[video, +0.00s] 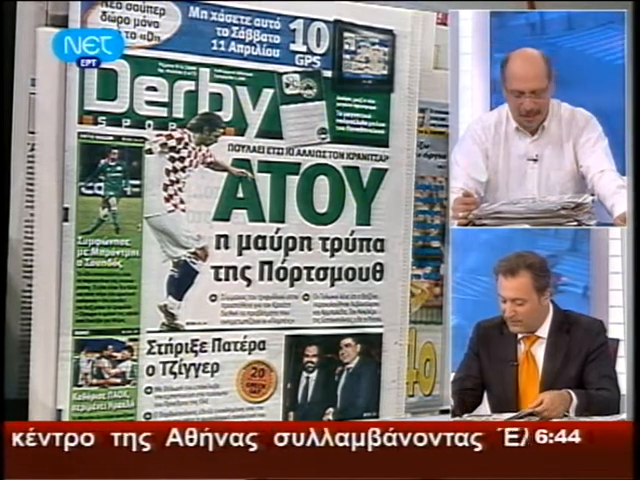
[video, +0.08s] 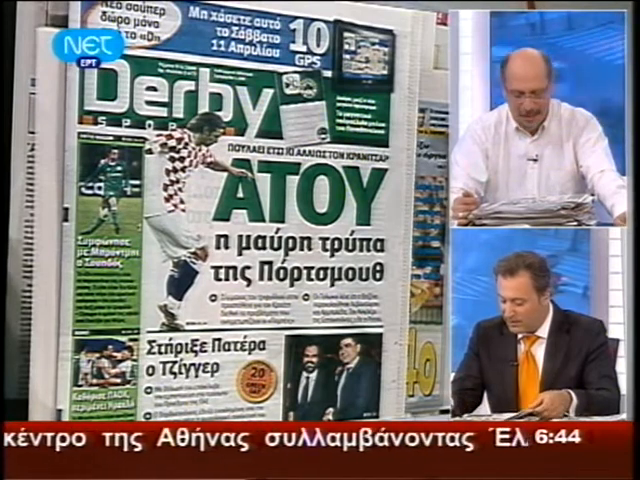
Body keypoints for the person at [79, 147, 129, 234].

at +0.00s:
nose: (115, 156)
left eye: (116, 154)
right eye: (113, 154)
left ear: (118, 155)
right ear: (109, 154)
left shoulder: (122, 165)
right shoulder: (104, 165)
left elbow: (126, 176)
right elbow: (95, 174)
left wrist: (127, 186)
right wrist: (85, 182)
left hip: (118, 190)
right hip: (108, 189)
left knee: (105, 213)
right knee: (113, 205)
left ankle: (91, 230)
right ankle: (116, 226)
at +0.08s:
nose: (115, 156)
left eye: (116, 154)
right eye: (113, 154)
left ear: (118, 155)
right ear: (109, 155)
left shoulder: (122, 165)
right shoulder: (104, 165)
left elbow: (126, 176)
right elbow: (95, 174)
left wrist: (127, 186)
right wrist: (85, 182)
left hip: (118, 190)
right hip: (108, 189)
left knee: (105, 213)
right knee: (113, 205)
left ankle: (91, 230)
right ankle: (116, 226)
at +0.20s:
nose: (115, 156)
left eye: (116, 154)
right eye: (113, 154)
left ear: (118, 155)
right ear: (109, 155)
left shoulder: (122, 165)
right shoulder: (104, 165)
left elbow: (126, 177)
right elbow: (95, 174)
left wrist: (127, 186)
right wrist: (85, 182)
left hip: (118, 190)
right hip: (108, 189)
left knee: (105, 213)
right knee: (113, 205)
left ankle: (91, 230)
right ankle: (116, 226)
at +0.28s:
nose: (115, 156)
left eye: (116, 154)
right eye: (113, 154)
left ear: (118, 155)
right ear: (109, 154)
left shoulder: (122, 165)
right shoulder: (104, 165)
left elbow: (126, 176)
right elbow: (95, 174)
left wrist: (127, 186)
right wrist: (85, 182)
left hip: (118, 190)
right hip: (108, 189)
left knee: (105, 213)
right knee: (113, 205)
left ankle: (91, 230)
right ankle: (116, 226)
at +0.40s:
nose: (115, 156)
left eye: (116, 154)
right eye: (113, 154)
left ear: (118, 155)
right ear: (109, 154)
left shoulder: (122, 165)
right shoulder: (104, 165)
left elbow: (126, 177)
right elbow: (95, 174)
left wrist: (127, 186)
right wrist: (85, 182)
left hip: (118, 190)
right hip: (108, 189)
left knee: (105, 213)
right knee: (113, 205)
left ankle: (91, 230)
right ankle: (116, 226)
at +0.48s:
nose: (115, 156)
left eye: (116, 154)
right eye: (113, 154)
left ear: (118, 155)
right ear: (109, 154)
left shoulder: (122, 165)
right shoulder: (104, 165)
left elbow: (126, 176)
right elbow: (95, 174)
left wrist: (127, 186)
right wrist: (85, 182)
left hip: (118, 190)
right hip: (108, 189)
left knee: (105, 213)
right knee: (113, 205)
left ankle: (91, 230)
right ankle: (116, 226)